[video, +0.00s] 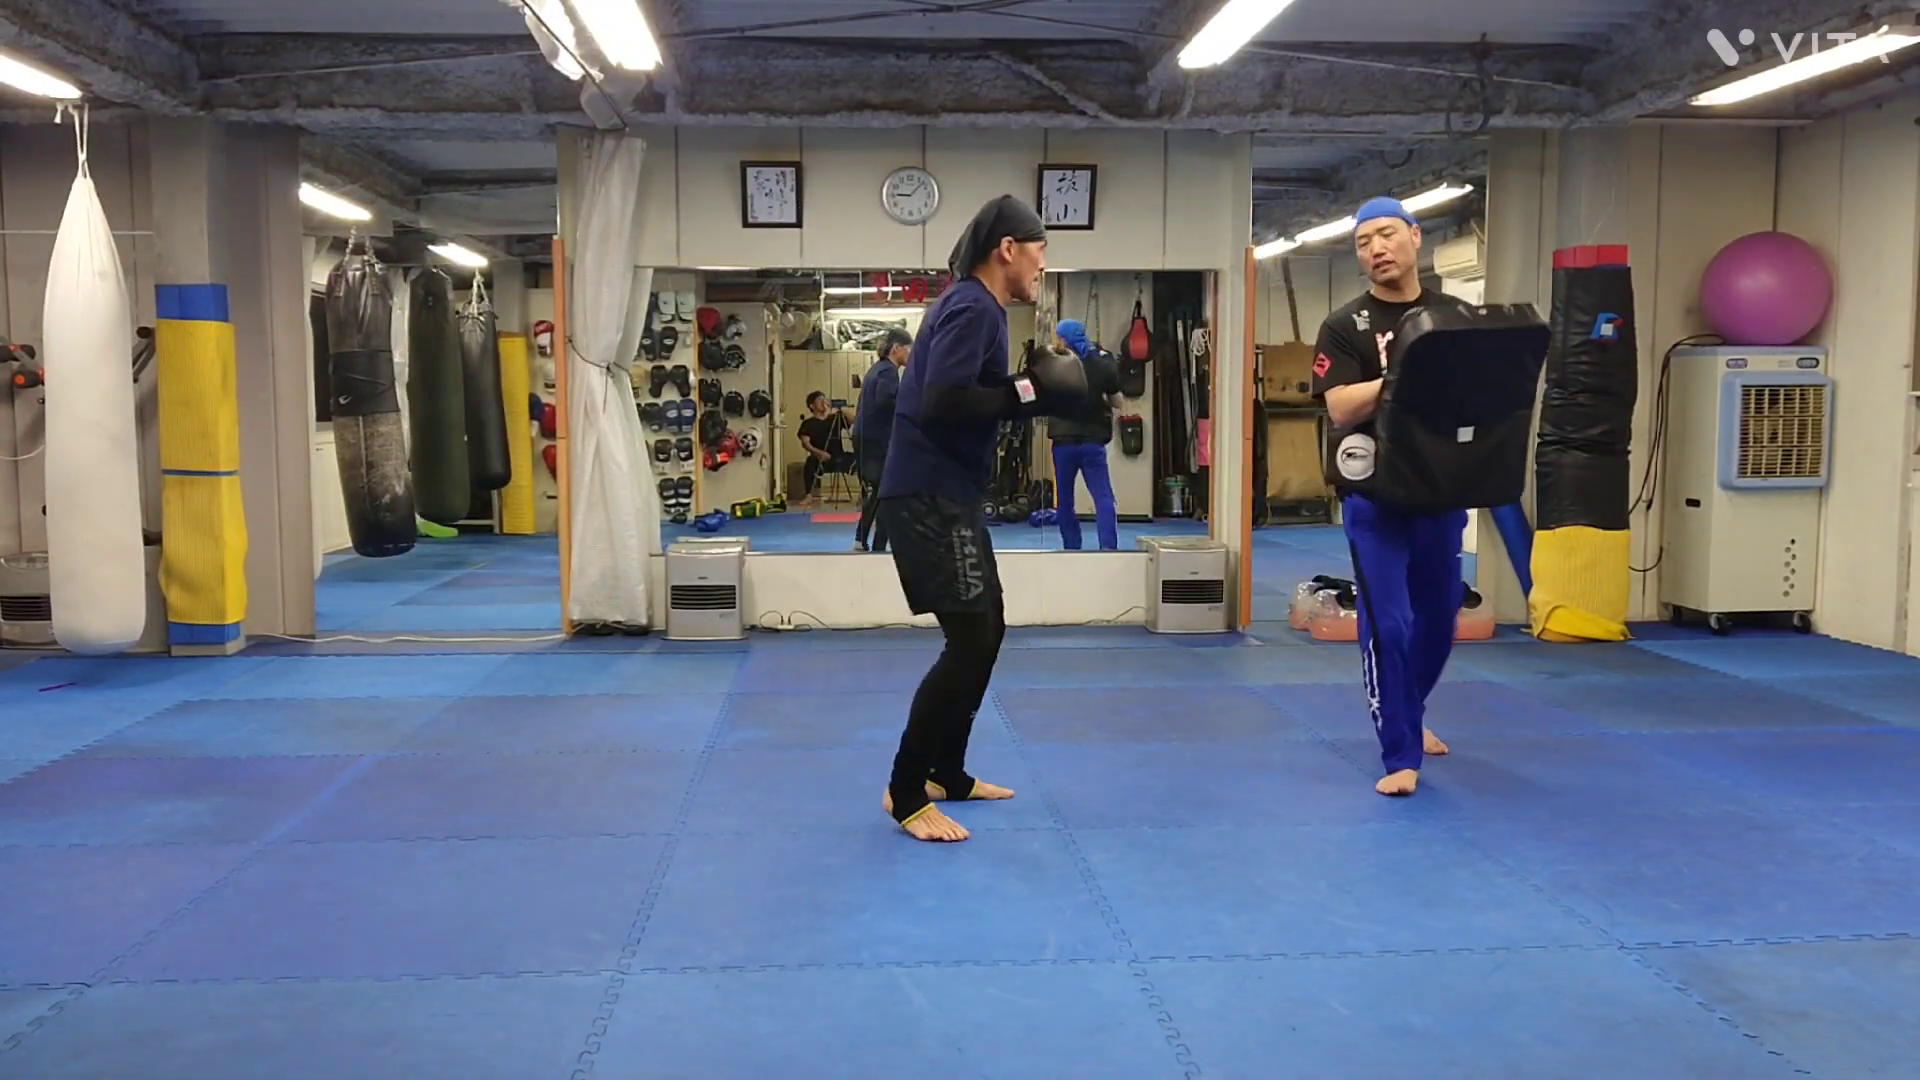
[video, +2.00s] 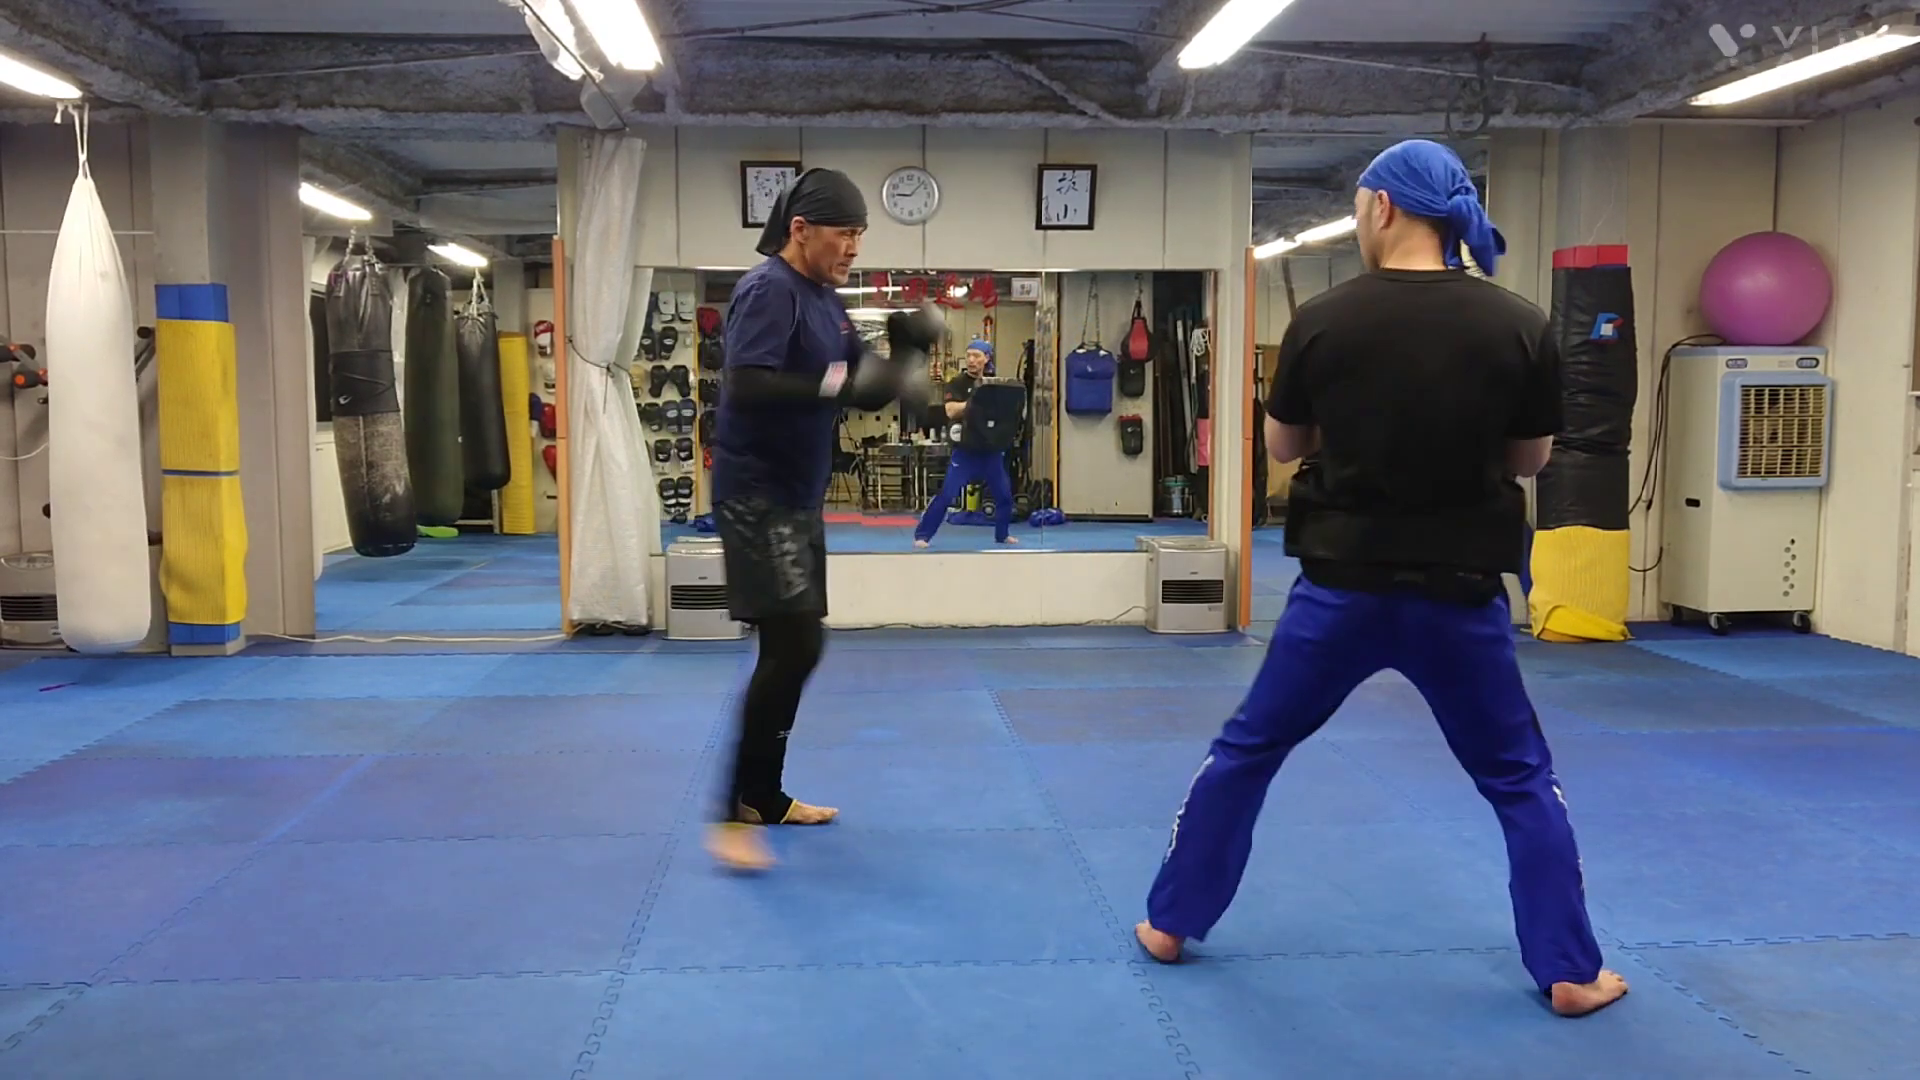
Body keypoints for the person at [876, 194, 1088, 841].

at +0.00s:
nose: (1043, 268)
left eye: (1044, 255)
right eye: (1039, 254)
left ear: (1002, 251)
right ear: (1006, 250)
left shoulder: (979, 308)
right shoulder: (973, 307)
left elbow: (971, 399)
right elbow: (939, 398)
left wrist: (1036, 386)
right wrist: (1023, 391)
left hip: (952, 501)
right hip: (930, 502)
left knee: (987, 631)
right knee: (971, 638)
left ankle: (946, 773)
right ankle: (906, 793)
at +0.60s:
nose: (977, 206)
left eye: (978, 194)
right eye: (971, 190)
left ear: (938, 189)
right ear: (931, 183)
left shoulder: (930, 268)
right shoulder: (891, 247)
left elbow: (926, 368)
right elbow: (857, 342)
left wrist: (989, 359)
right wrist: (956, 347)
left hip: (928, 480)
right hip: (876, 481)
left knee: (967, 615)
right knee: (864, 638)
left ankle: (935, 778)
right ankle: (825, 832)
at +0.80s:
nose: (954, 246)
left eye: (956, 234)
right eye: (947, 230)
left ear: (916, 230)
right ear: (905, 224)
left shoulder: (911, 308)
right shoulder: (873, 293)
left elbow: (916, 407)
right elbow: (830, 373)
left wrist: (974, 381)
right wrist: (935, 369)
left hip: (916, 523)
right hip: (859, 522)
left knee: (973, 657)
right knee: (821, 672)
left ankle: (930, 828)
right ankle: (703, 829)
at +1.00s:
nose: (903, 254)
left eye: (905, 241)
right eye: (892, 238)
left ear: (861, 240)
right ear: (848, 234)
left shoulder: (858, 322)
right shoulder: (807, 300)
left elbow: (854, 429)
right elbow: (779, 393)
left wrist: (933, 413)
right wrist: (884, 385)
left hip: (850, 533)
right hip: (785, 532)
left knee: (921, 653)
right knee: (733, 680)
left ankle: (926, 831)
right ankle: (625, 823)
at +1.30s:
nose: (798, 256)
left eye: (801, 244)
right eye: (789, 241)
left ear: (766, 242)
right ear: (744, 234)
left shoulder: (772, 318)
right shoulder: (690, 305)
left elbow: (772, 413)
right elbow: (671, 405)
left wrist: (826, 404)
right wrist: (765, 370)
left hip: (753, 525)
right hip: (681, 530)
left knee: (837, 640)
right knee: (654, 688)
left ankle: (820, 799)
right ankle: (588, 838)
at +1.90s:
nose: (844, 256)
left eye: (848, 242)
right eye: (835, 240)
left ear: (816, 241)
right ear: (792, 232)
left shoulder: (801, 304)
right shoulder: (759, 292)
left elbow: (815, 406)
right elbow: (767, 386)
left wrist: (894, 391)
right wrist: (845, 329)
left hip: (785, 508)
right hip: (735, 507)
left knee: (785, 656)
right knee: (747, 658)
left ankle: (763, 797)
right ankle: (636, 806)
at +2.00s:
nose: (855, 247)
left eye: (859, 234)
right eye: (844, 233)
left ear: (836, 236)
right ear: (802, 230)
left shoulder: (826, 302)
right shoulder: (769, 288)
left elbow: (850, 380)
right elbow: (743, 383)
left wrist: (901, 361)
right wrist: (836, 386)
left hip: (796, 501)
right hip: (757, 501)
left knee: (797, 645)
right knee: (790, 645)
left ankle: (763, 799)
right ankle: (736, 815)